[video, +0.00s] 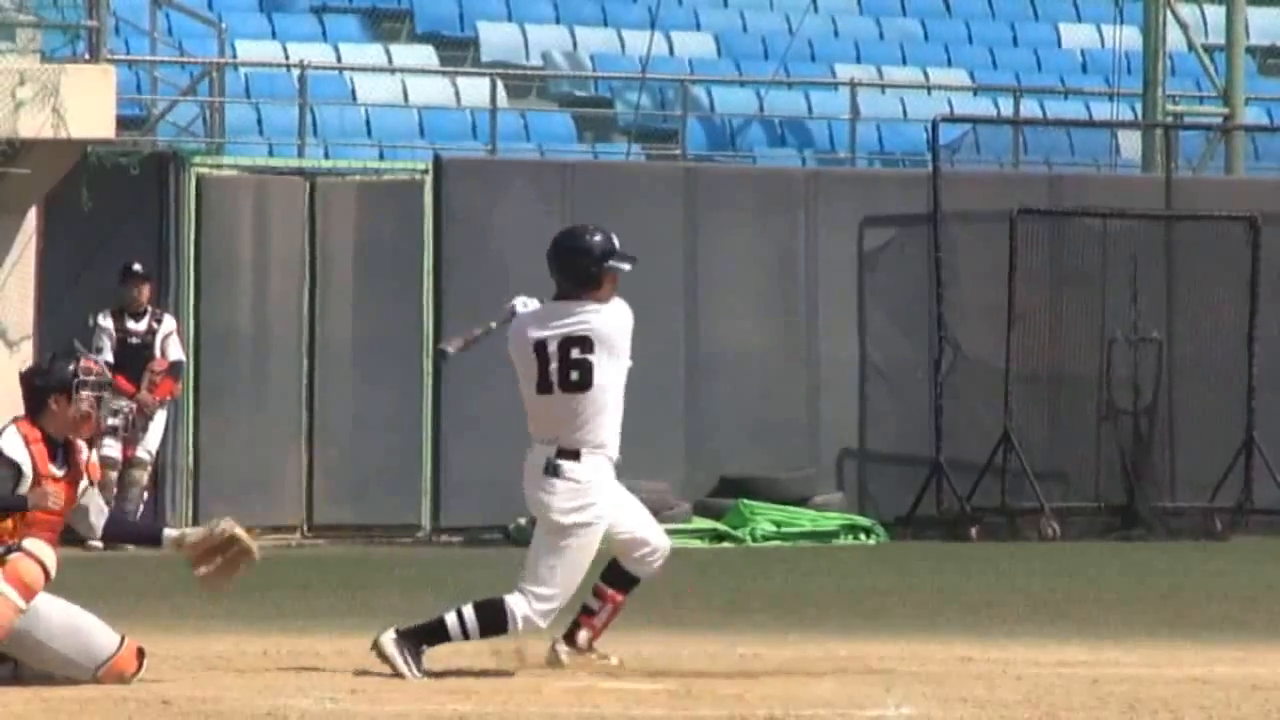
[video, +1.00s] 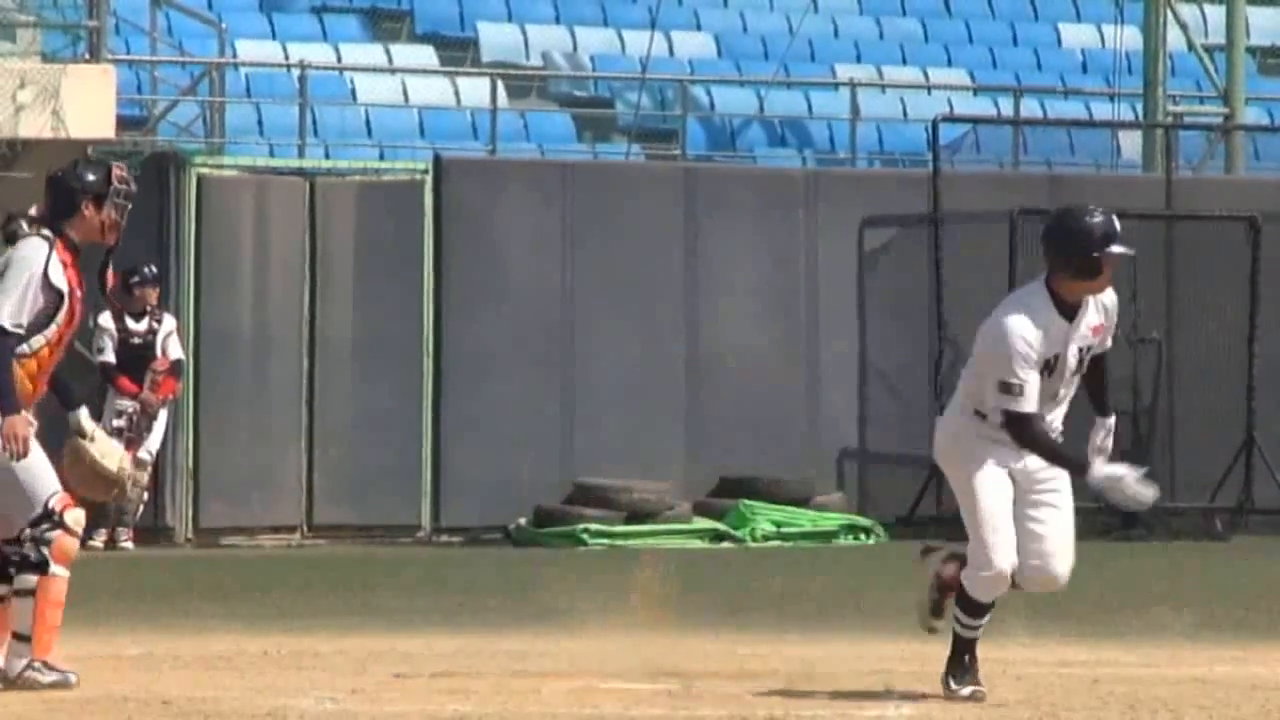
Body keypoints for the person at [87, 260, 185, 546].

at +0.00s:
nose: (137, 292)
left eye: (142, 285)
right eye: (131, 286)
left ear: (150, 289)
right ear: (122, 290)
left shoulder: (165, 323)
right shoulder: (107, 321)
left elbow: (176, 367)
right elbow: (101, 368)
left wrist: (156, 398)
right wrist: (136, 394)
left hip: (150, 401)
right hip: (115, 397)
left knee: (139, 464)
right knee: (109, 461)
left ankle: (126, 527)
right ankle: (99, 526)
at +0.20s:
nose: (149, 290)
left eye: (151, 285)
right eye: (142, 285)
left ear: (154, 290)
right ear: (126, 289)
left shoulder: (165, 323)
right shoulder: (107, 321)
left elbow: (176, 367)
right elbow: (104, 367)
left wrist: (157, 398)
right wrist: (137, 394)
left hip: (151, 399)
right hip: (118, 396)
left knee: (140, 460)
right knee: (108, 456)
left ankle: (125, 527)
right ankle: (101, 526)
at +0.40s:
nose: (151, 292)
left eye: (153, 286)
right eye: (145, 286)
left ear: (155, 290)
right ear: (129, 290)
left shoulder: (165, 324)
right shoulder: (107, 321)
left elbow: (175, 368)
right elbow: (104, 367)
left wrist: (157, 397)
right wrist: (136, 394)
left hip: (151, 400)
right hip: (117, 397)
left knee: (139, 465)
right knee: (108, 460)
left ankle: (125, 527)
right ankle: (102, 524)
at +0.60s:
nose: (152, 292)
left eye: (154, 286)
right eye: (146, 286)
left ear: (156, 290)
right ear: (130, 290)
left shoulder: (166, 324)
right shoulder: (107, 321)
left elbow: (175, 368)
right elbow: (106, 367)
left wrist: (158, 396)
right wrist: (137, 394)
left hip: (151, 400)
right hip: (118, 397)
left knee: (140, 461)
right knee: (108, 457)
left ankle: (125, 528)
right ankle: (101, 527)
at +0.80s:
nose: (154, 292)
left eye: (155, 286)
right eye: (147, 287)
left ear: (157, 290)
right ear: (131, 290)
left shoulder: (166, 324)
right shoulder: (109, 320)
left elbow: (177, 365)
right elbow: (106, 366)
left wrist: (161, 394)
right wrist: (139, 394)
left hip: (152, 399)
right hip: (120, 395)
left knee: (141, 460)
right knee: (110, 455)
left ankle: (126, 527)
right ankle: (103, 525)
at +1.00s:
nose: (154, 293)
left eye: (155, 286)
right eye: (147, 287)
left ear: (157, 290)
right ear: (132, 290)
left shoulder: (166, 323)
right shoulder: (109, 320)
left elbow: (176, 365)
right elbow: (106, 367)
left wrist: (162, 395)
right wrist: (139, 394)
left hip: (152, 398)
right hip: (120, 395)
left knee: (142, 459)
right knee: (111, 456)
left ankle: (125, 526)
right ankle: (102, 524)